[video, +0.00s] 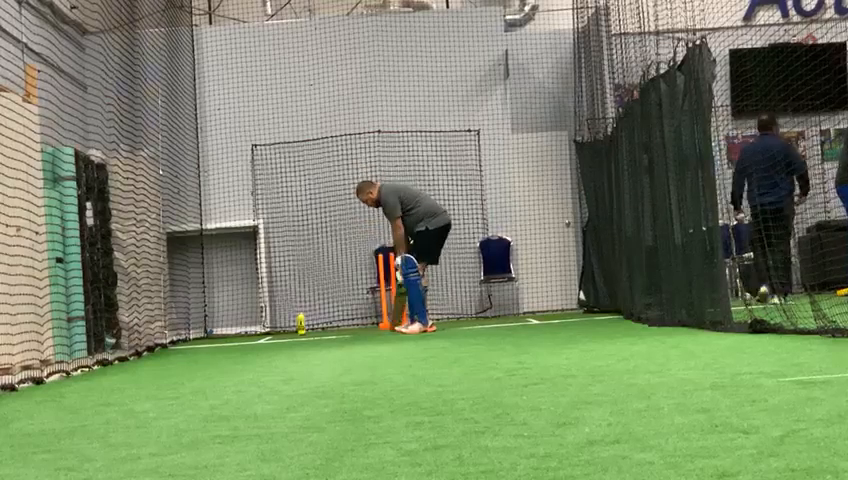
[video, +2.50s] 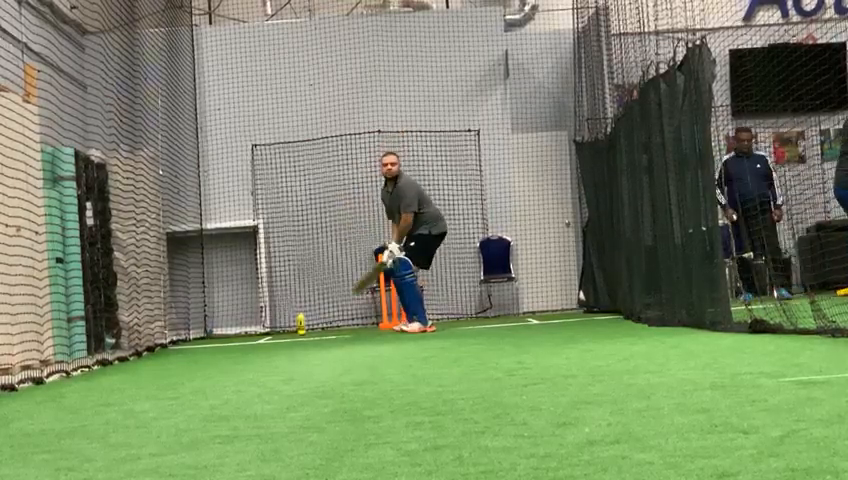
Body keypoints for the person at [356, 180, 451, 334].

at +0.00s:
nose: (368, 205)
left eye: (366, 201)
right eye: (365, 203)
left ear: (371, 193)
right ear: (372, 191)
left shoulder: (387, 194)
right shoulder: (387, 191)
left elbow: (398, 228)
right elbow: (400, 228)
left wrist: (400, 257)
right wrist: (402, 255)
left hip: (431, 225)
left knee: (414, 270)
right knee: (416, 270)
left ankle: (420, 321)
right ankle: (422, 319)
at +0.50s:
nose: (388, 158)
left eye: (392, 154)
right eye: (384, 156)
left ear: (399, 155)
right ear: (381, 160)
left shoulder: (408, 174)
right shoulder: (389, 179)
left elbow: (410, 206)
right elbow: (400, 207)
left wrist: (397, 227)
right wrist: (397, 227)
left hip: (425, 225)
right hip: (411, 227)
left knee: (410, 269)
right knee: (405, 269)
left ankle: (420, 319)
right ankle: (417, 318)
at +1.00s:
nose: (400, 146)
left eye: (403, 143)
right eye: (396, 143)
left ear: (409, 145)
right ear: (391, 146)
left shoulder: (415, 166)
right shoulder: (393, 170)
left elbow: (413, 197)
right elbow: (397, 199)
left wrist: (394, 216)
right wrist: (388, 217)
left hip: (418, 226)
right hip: (402, 227)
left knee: (408, 271)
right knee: (399, 271)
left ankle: (420, 320)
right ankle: (414, 318)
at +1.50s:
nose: (402, 145)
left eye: (405, 141)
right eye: (398, 142)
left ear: (411, 144)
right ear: (393, 144)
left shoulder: (415, 166)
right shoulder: (395, 167)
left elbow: (414, 197)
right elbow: (396, 197)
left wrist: (393, 216)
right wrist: (386, 215)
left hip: (417, 226)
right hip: (402, 227)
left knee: (409, 271)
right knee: (400, 271)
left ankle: (419, 320)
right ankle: (409, 318)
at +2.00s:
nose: (388, 159)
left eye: (391, 156)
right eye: (384, 156)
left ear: (398, 158)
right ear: (380, 160)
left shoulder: (405, 177)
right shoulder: (384, 181)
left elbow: (405, 211)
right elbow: (392, 211)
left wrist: (390, 234)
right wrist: (388, 234)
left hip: (427, 225)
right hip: (412, 227)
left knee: (407, 266)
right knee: (400, 266)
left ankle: (420, 320)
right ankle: (412, 318)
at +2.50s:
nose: (389, 168)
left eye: (393, 164)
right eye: (385, 165)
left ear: (399, 165)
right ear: (381, 168)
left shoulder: (406, 186)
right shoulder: (386, 191)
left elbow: (408, 220)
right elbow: (395, 220)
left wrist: (396, 244)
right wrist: (394, 244)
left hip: (431, 229)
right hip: (416, 231)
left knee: (405, 267)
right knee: (398, 267)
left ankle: (420, 320)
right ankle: (413, 318)